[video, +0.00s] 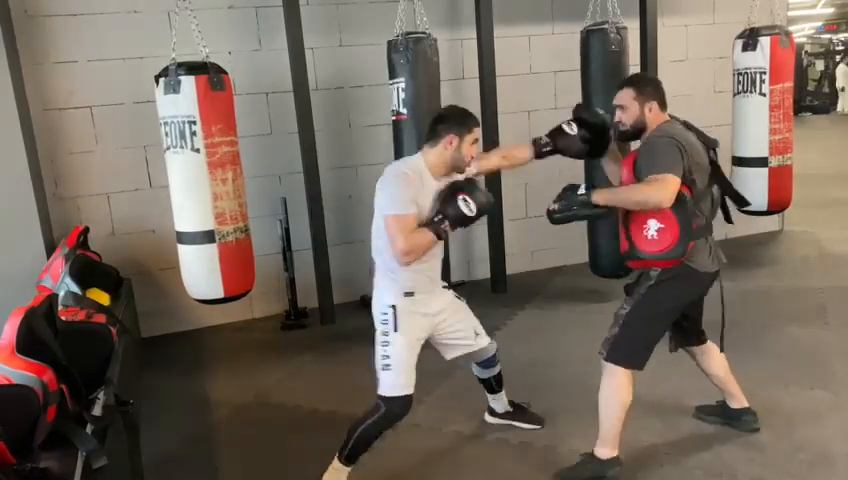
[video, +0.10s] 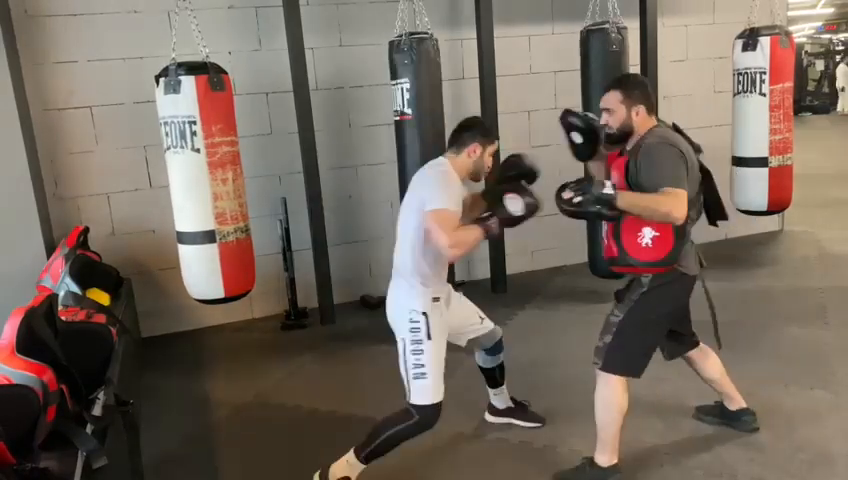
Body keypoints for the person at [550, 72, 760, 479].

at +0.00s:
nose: (616, 116)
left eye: (622, 108)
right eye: (615, 109)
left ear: (650, 107)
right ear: (653, 109)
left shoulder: (661, 141)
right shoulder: (675, 135)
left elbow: (660, 194)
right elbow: (627, 180)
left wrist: (593, 197)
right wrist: (603, 145)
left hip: (674, 268)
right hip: (696, 262)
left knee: (618, 356)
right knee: (693, 338)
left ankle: (605, 454)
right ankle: (739, 407)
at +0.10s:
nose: (604, 120)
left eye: (610, 112)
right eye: (602, 112)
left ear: (638, 111)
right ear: (638, 113)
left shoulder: (660, 147)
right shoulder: (640, 145)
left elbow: (675, 209)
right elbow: (609, 188)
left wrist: (608, 197)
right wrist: (592, 151)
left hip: (663, 273)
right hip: (667, 268)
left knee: (613, 363)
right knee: (687, 344)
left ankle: (604, 461)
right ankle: (738, 408)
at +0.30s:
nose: (581, 140)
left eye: (585, 132)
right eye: (580, 132)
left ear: (611, 131)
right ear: (602, 132)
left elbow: (693, 216)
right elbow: (566, 198)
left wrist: (647, 177)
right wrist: (547, 200)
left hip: (657, 279)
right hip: (625, 277)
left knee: (601, 365)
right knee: (654, 350)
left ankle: (605, 465)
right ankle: (723, 394)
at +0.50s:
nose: (581, 139)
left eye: (586, 131)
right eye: (579, 131)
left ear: (612, 128)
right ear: (607, 129)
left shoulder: (662, 156)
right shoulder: (605, 164)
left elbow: (682, 211)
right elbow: (581, 226)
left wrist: (626, 174)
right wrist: (572, 201)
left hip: (656, 283)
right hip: (633, 280)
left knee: (593, 368)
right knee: (663, 354)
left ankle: (605, 464)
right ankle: (728, 409)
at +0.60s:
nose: (589, 133)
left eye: (593, 124)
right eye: (587, 126)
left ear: (620, 122)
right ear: (620, 125)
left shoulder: (653, 149)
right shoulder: (626, 157)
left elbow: (689, 199)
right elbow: (631, 207)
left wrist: (629, 169)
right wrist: (590, 205)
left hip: (651, 281)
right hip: (678, 274)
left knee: (592, 366)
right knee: (682, 345)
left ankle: (605, 462)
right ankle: (737, 409)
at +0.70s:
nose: (599, 130)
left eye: (604, 122)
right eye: (597, 123)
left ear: (631, 119)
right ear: (640, 121)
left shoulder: (643, 145)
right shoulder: (668, 143)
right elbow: (672, 208)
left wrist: (576, 151)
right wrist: (608, 223)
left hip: (662, 275)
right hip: (694, 271)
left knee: (591, 358)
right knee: (690, 342)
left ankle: (601, 460)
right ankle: (740, 409)